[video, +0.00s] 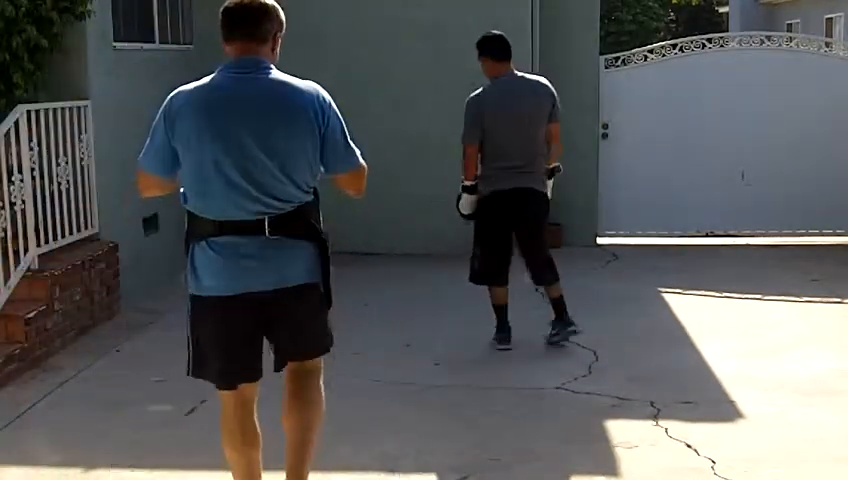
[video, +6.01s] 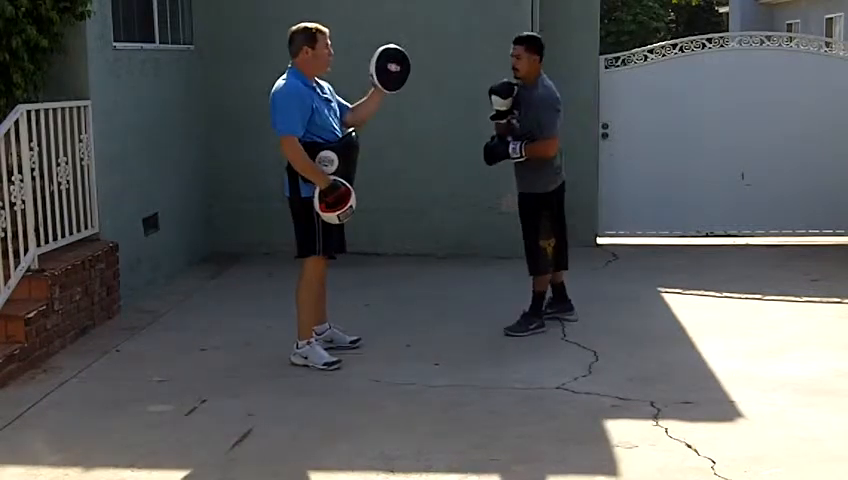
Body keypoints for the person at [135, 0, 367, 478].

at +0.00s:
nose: (281, 47)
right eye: (281, 41)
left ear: (224, 42)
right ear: (277, 42)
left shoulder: (183, 102)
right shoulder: (310, 99)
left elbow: (151, 184)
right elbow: (355, 181)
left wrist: (203, 168)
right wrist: (307, 151)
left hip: (219, 280)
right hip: (296, 274)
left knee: (237, 397)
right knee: (304, 367)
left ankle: (248, 477)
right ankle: (297, 474)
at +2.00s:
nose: (317, 62)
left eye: (317, 55)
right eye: (316, 54)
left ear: (280, 50)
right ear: (303, 52)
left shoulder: (248, 88)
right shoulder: (312, 91)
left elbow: (259, 136)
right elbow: (348, 146)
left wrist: (316, 116)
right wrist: (347, 118)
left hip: (258, 195)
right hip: (299, 197)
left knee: (264, 270)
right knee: (294, 279)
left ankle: (264, 347)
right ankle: (285, 365)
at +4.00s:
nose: (345, 52)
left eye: (343, 46)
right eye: (341, 46)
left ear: (313, 50)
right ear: (325, 48)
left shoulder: (294, 82)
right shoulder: (316, 81)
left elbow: (282, 131)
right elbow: (306, 127)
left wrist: (303, 154)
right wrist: (317, 159)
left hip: (306, 190)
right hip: (318, 192)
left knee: (314, 261)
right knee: (319, 262)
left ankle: (318, 329)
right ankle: (305, 344)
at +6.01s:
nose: (332, 53)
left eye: (331, 46)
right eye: (327, 47)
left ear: (309, 52)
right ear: (307, 52)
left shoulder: (316, 84)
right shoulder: (289, 90)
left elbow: (351, 118)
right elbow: (289, 147)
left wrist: (381, 88)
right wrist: (324, 182)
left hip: (326, 186)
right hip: (307, 189)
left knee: (322, 258)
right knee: (314, 260)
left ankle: (320, 330)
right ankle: (304, 345)